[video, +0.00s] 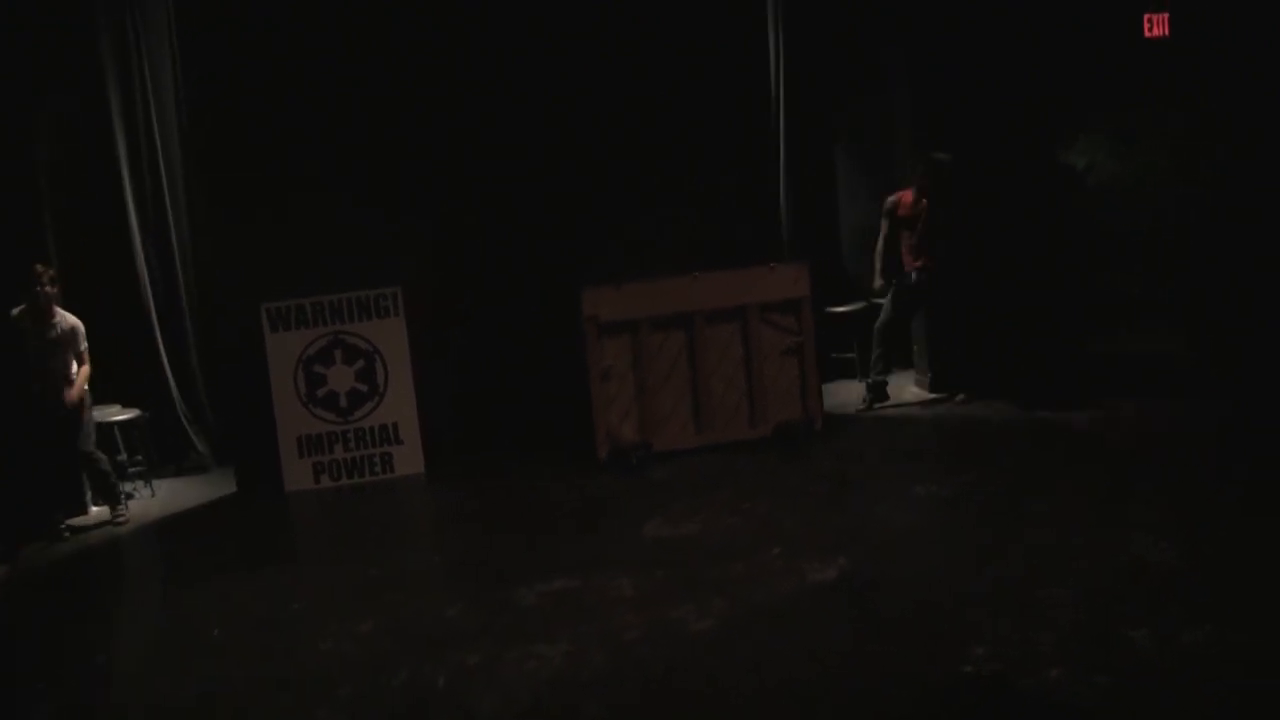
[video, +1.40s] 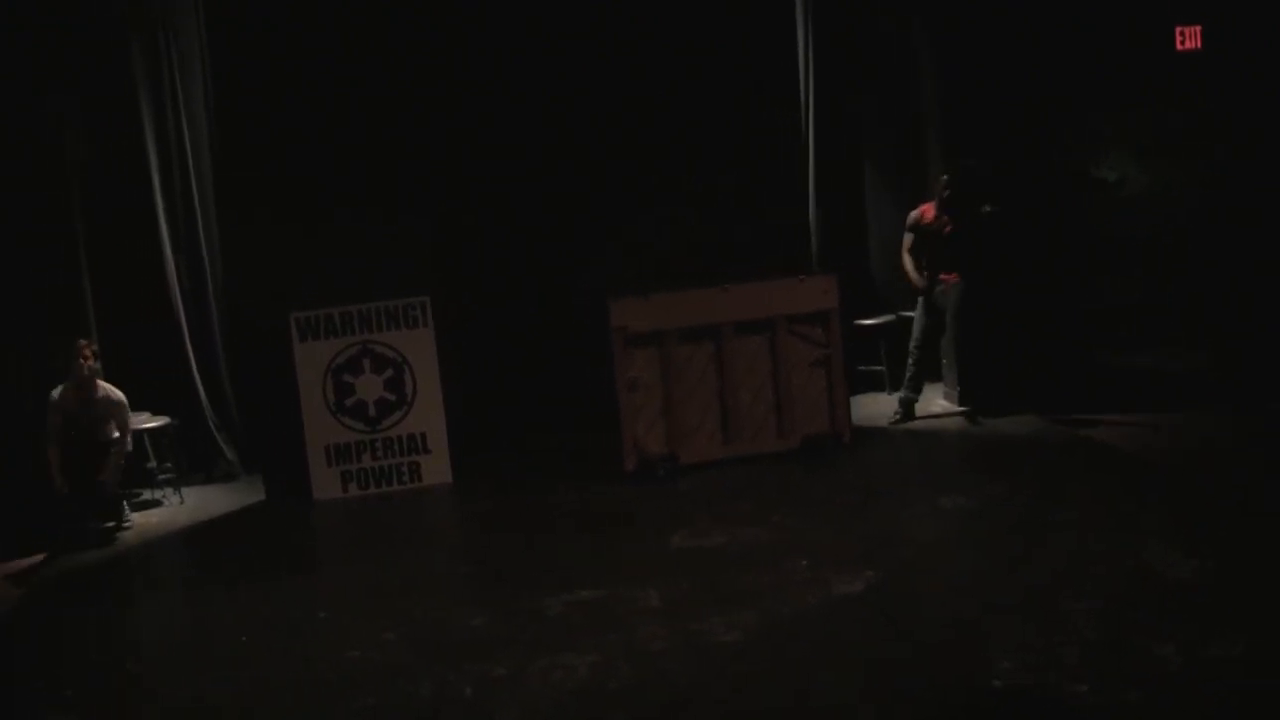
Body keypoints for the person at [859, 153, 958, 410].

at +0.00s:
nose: (925, 184)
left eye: (931, 180)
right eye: (923, 179)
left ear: (937, 181)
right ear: (917, 177)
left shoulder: (941, 205)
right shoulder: (896, 203)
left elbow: (948, 241)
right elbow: (884, 241)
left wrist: (946, 270)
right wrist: (879, 275)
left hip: (937, 277)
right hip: (906, 277)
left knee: (942, 329)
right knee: (884, 327)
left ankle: (947, 381)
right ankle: (876, 388)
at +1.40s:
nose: (948, 194)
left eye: (952, 189)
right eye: (945, 188)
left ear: (960, 191)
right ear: (938, 189)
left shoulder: (968, 216)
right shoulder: (920, 216)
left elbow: (978, 250)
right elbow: (906, 251)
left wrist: (971, 279)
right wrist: (915, 277)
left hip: (959, 288)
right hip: (931, 287)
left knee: (963, 345)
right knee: (917, 347)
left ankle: (971, 404)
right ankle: (906, 405)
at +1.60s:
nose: (959, 194)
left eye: (963, 189)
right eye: (956, 189)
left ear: (969, 192)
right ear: (950, 192)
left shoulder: (980, 220)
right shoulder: (939, 220)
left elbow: (1005, 257)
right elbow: (929, 251)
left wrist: (981, 269)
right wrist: (947, 258)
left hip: (972, 292)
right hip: (944, 289)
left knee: (969, 351)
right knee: (930, 349)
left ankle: (980, 401)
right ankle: (917, 404)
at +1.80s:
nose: (987, 191)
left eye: (990, 186)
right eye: (984, 186)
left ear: (994, 190)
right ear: (976, 188)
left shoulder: (998, 215)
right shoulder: (959, 214)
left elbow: (1002, 255)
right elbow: (947, 252)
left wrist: (997, 286)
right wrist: (958, 285)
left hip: (990, 288)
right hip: (965, 288)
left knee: (986, 342)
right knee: (962, 339)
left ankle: (982, 394)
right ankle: (941, 381)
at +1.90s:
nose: (991, 183)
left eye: (995, 178)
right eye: (988, 177)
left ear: (1000, 180)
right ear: (980, 178)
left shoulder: (1007, 205)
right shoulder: (963, 205)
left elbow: (1013, 243)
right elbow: (948, 244)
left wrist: (1015, 272)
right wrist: (941, 277)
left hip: (1000, 274)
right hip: (970, 276)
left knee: (996, 331)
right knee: (974, 330)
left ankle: (991, 386)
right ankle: (976, 384)